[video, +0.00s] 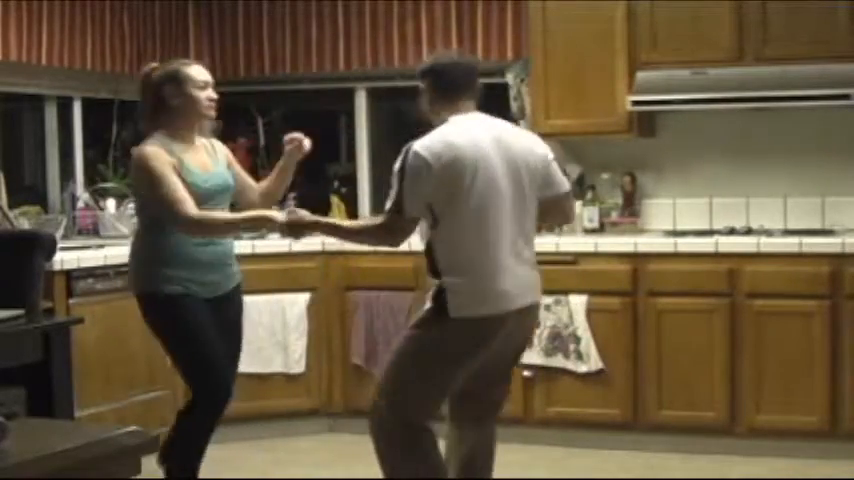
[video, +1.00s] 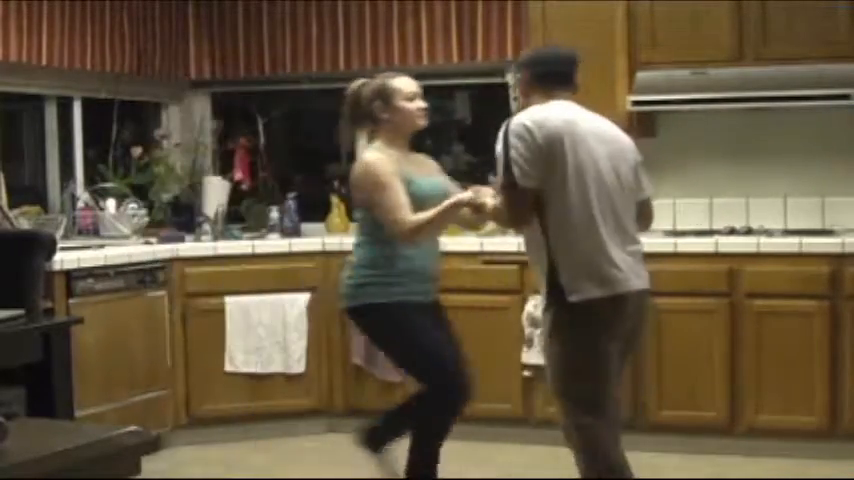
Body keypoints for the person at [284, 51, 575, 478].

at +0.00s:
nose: (421, 105)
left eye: (421, 95)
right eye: (422, 95)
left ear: (430, 95)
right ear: (476, 93)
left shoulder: (426, 152)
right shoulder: (526, 142)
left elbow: (392, 233)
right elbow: (562, 210)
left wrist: (315, 224)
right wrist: (502, 215)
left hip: (465, 312)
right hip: (523, 308)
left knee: (395, 416)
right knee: (475, 416)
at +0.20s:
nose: (523, 99)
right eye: (522, 93)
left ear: (467, 100)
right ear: (517, 94)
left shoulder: (447, 150)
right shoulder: (563, 145)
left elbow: (395, 210)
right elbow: (606, 213)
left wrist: (346, 160)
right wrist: (611, 195)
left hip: (484, 306)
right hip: (554, 304)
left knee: (438, 418)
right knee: (515, 406)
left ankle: (443, 473)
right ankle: (488, 473)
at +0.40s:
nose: (513, 104)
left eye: (513, 97)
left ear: (519, 98)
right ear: (568, 95)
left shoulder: (500, 151)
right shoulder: (619, 147)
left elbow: (466, 213)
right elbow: (649, 220)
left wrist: (409, 195)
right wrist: (670, 221)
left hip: (533, 313)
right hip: (601, 310)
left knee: (470, 420)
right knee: (587, 413)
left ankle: (456, 474)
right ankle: (612, 474)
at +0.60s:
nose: (546, 95)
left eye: (546, 90)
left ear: (552, 90)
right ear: (603, 89)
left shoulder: (536, 146)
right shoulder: (653, 140)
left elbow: (497, 213)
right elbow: (703, 211)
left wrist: (430, 193)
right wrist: (703, 198)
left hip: (580, 302)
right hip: (647, 300)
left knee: (505, 386)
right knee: (620, 439)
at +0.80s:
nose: (538, 96)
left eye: (539, 89)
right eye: (539, 90)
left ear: (547, 89)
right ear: (596, 87)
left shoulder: (541, 138)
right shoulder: (643, 138)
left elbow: (521, 219)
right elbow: (681, 211)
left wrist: (462, 206)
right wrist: (634, 196)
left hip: (591, 305)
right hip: (651, 299)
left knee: (546, 417)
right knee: (621, 426)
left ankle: (599, 471)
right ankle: (619, 476)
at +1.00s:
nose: (515, 96)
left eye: (516, 87)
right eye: (515, 88)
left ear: (528, 86)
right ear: (571, 86)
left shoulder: (524, 126)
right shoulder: (614, 133)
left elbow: (516, 214)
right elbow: (643, 214)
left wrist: (488, 203)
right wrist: (585, 213)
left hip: (582, 300)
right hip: (632, 293)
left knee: (587, 425)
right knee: (600, 419)